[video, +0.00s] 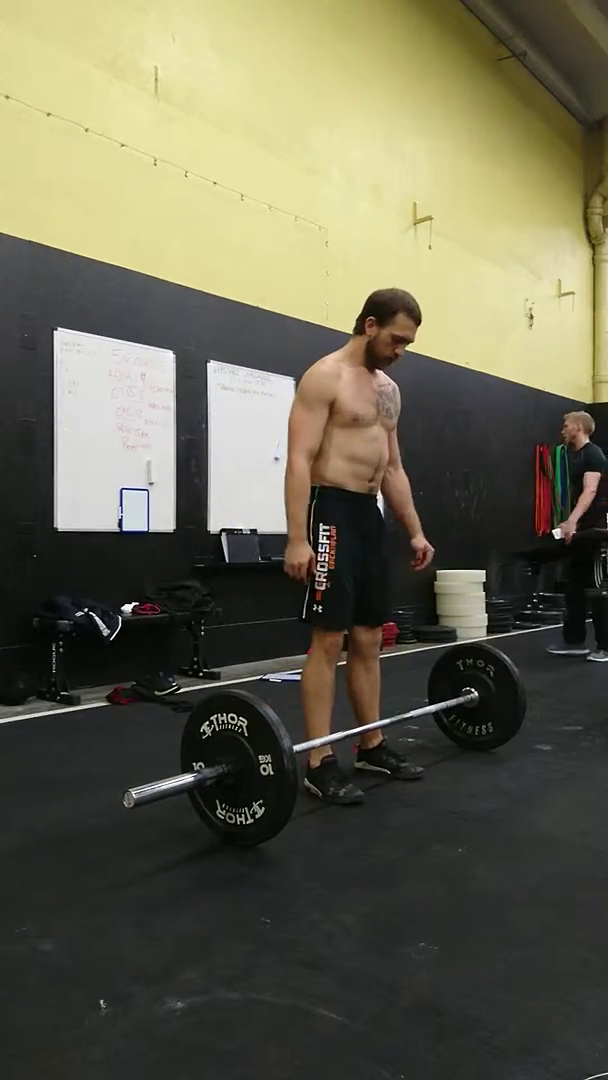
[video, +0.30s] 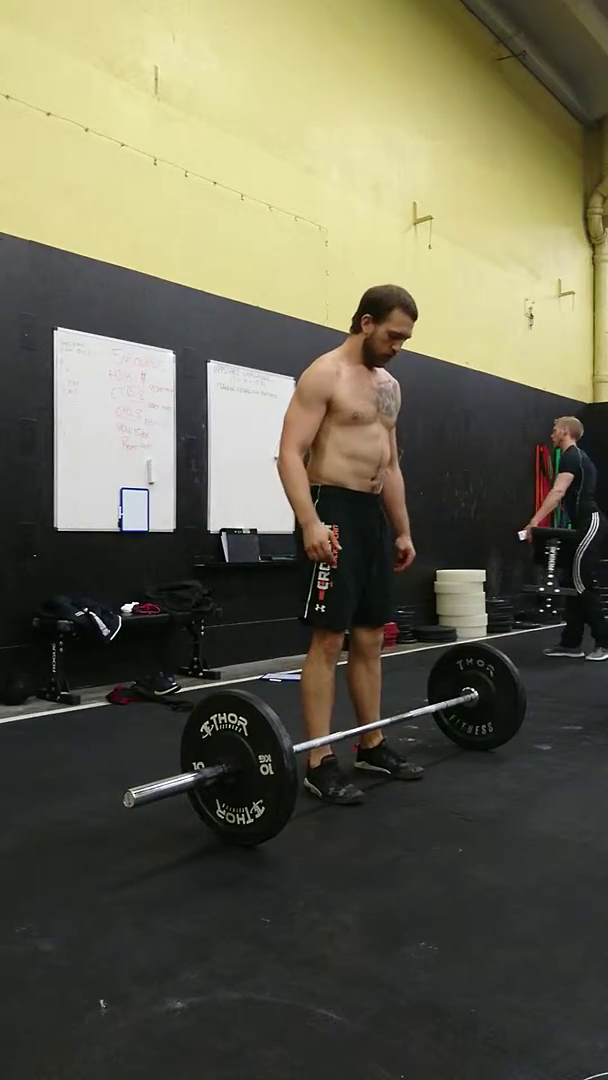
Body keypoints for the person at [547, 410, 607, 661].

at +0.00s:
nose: (562, 430)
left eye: (566, 426)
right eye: (563, 426)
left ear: (580, 429)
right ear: (577, 429)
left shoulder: (593, 453)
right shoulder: (571, 454)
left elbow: (590, 491)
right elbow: (573, 492)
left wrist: (572, 520)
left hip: (595, 530)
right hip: (579, 530)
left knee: (597, 587)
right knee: (574, 584)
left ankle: (603, 645)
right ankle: (574, 640)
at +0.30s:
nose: (552, 433)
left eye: (555, 429)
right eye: (553, 430)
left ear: (566, 433)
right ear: (569, 434)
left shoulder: (571, 455)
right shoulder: (572, 455)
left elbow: (558, 493)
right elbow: (560, 494)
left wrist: (534, 521)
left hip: (590, 521)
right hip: (580, 521)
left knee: (581, 580)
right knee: (571, 580)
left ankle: (602, 643)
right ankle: (571, 643)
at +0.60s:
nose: (533, 459)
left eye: (533, 456)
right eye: (533, 456)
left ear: (537, 454)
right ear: (553, 451)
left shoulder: (549, 468)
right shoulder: (568, 468)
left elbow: (532, 507)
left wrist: (514, 537)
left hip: (588, 521)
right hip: (594, 520)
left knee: (573, 579)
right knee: (576, 580)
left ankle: (576, 646)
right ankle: (571, 642)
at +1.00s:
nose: (524, 496)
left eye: (523, 493)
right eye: (523, 494)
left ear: (524, 491)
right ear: (540, 484)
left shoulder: (532, 500)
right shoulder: (556, 494)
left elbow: (518, 539)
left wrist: (503, 571)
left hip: (590, 528)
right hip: (600, 524)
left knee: (568, 583)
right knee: (580, 585)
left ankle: (577, 648)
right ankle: (570, 642)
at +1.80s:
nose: (508, 505)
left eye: (508, 500)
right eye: (506, 502)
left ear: (519, 493)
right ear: (522, 492)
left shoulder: (530, 504)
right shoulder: (541, 499)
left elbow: (520, 546)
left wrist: (504, 578)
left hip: (590, 527)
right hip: (599, 525)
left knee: (569, 585)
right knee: (580, 586)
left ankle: (578, 648)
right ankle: (569, 642)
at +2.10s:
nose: (510, 471)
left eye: (512, 465)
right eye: (506, 469)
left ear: (524, 462)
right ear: (507, 471)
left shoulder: (538, 479)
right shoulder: (541, 481)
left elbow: (549, 520)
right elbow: (563, 525)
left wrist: (534, 553)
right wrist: (557, 555)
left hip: (592, 524)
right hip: (583, 527)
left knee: (574, 581)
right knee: (568, 580)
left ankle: (580, 646)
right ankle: (569, 640)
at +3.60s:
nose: (523, 445)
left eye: (525, 439)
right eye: (521, 442)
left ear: (538, 435)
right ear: (524, 444)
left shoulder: (559, 455)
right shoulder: (542, 464)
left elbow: (564, 493)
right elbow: (552, 505)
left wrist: (541, 521)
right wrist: (545, 540)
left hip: (578, 523)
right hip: (562, 525)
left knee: (572, 581)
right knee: (559, 581)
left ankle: (579, 647)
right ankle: (565, 641)